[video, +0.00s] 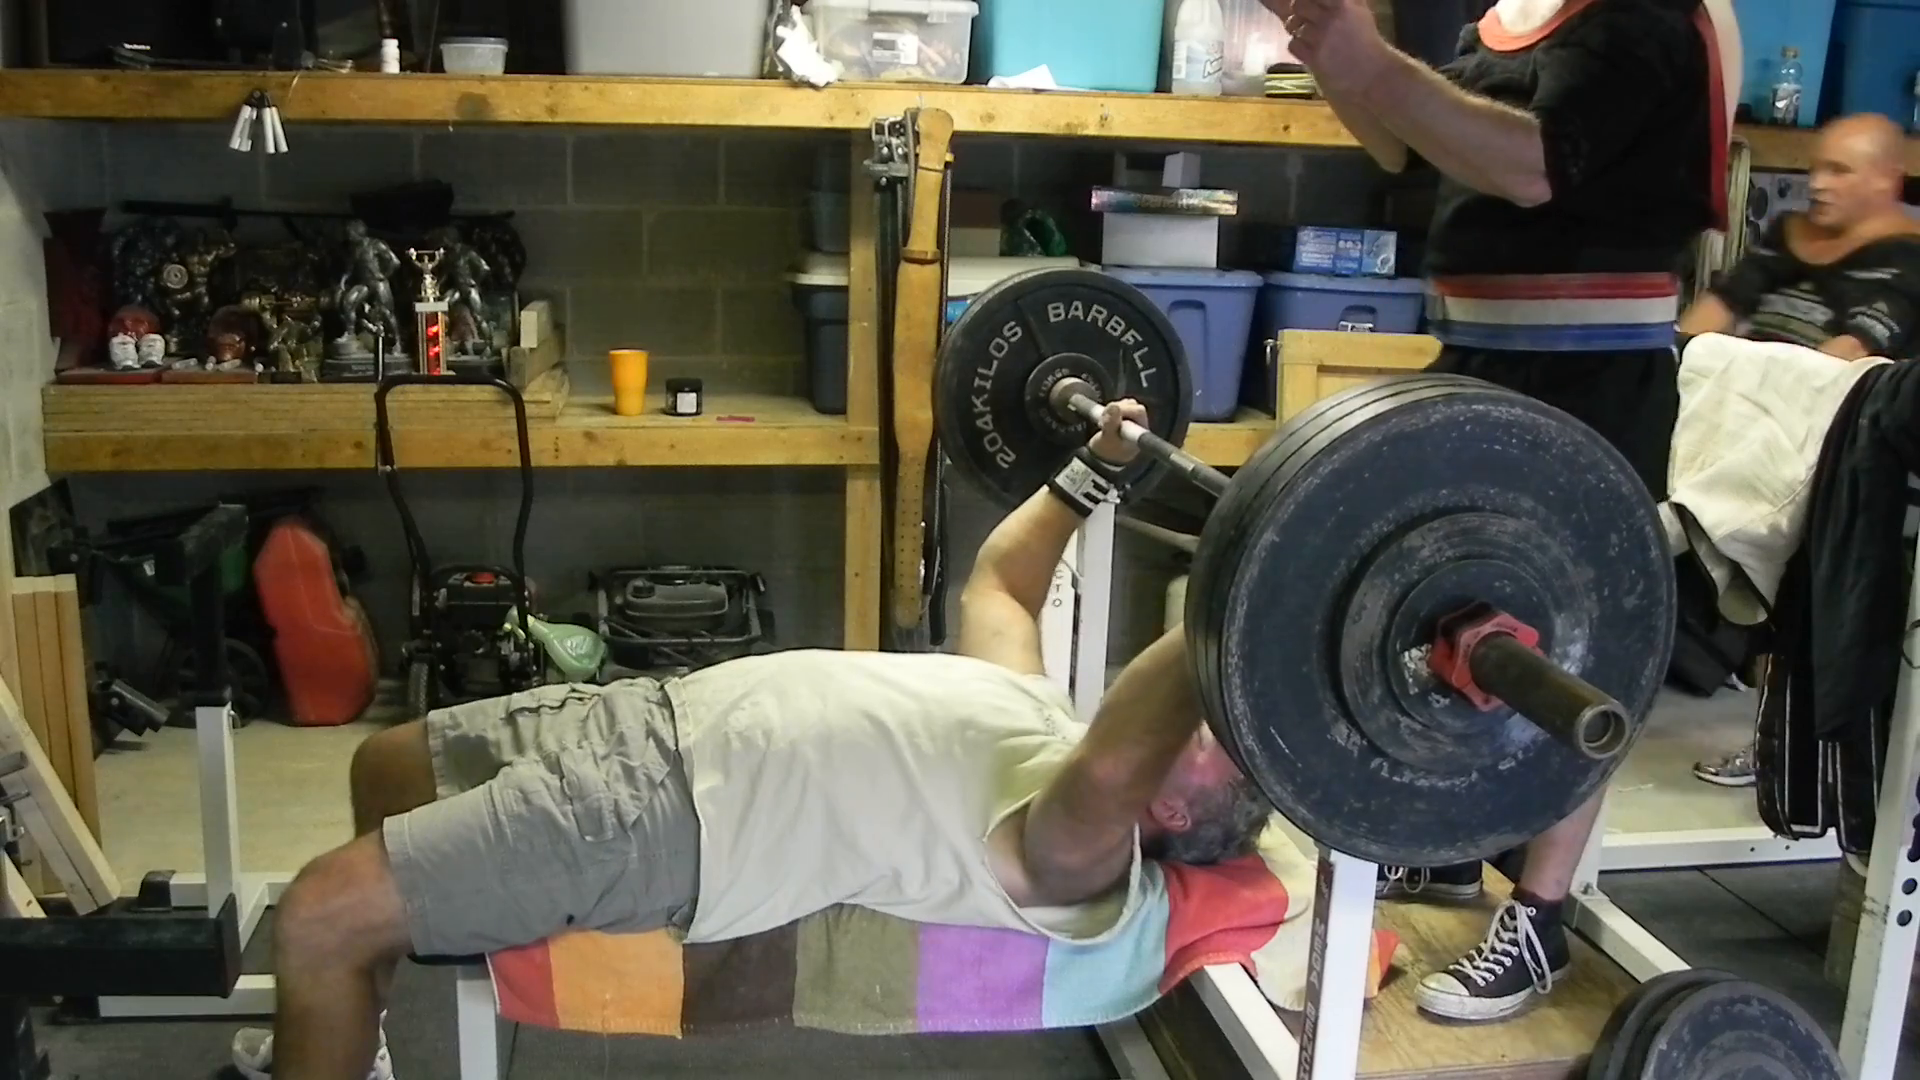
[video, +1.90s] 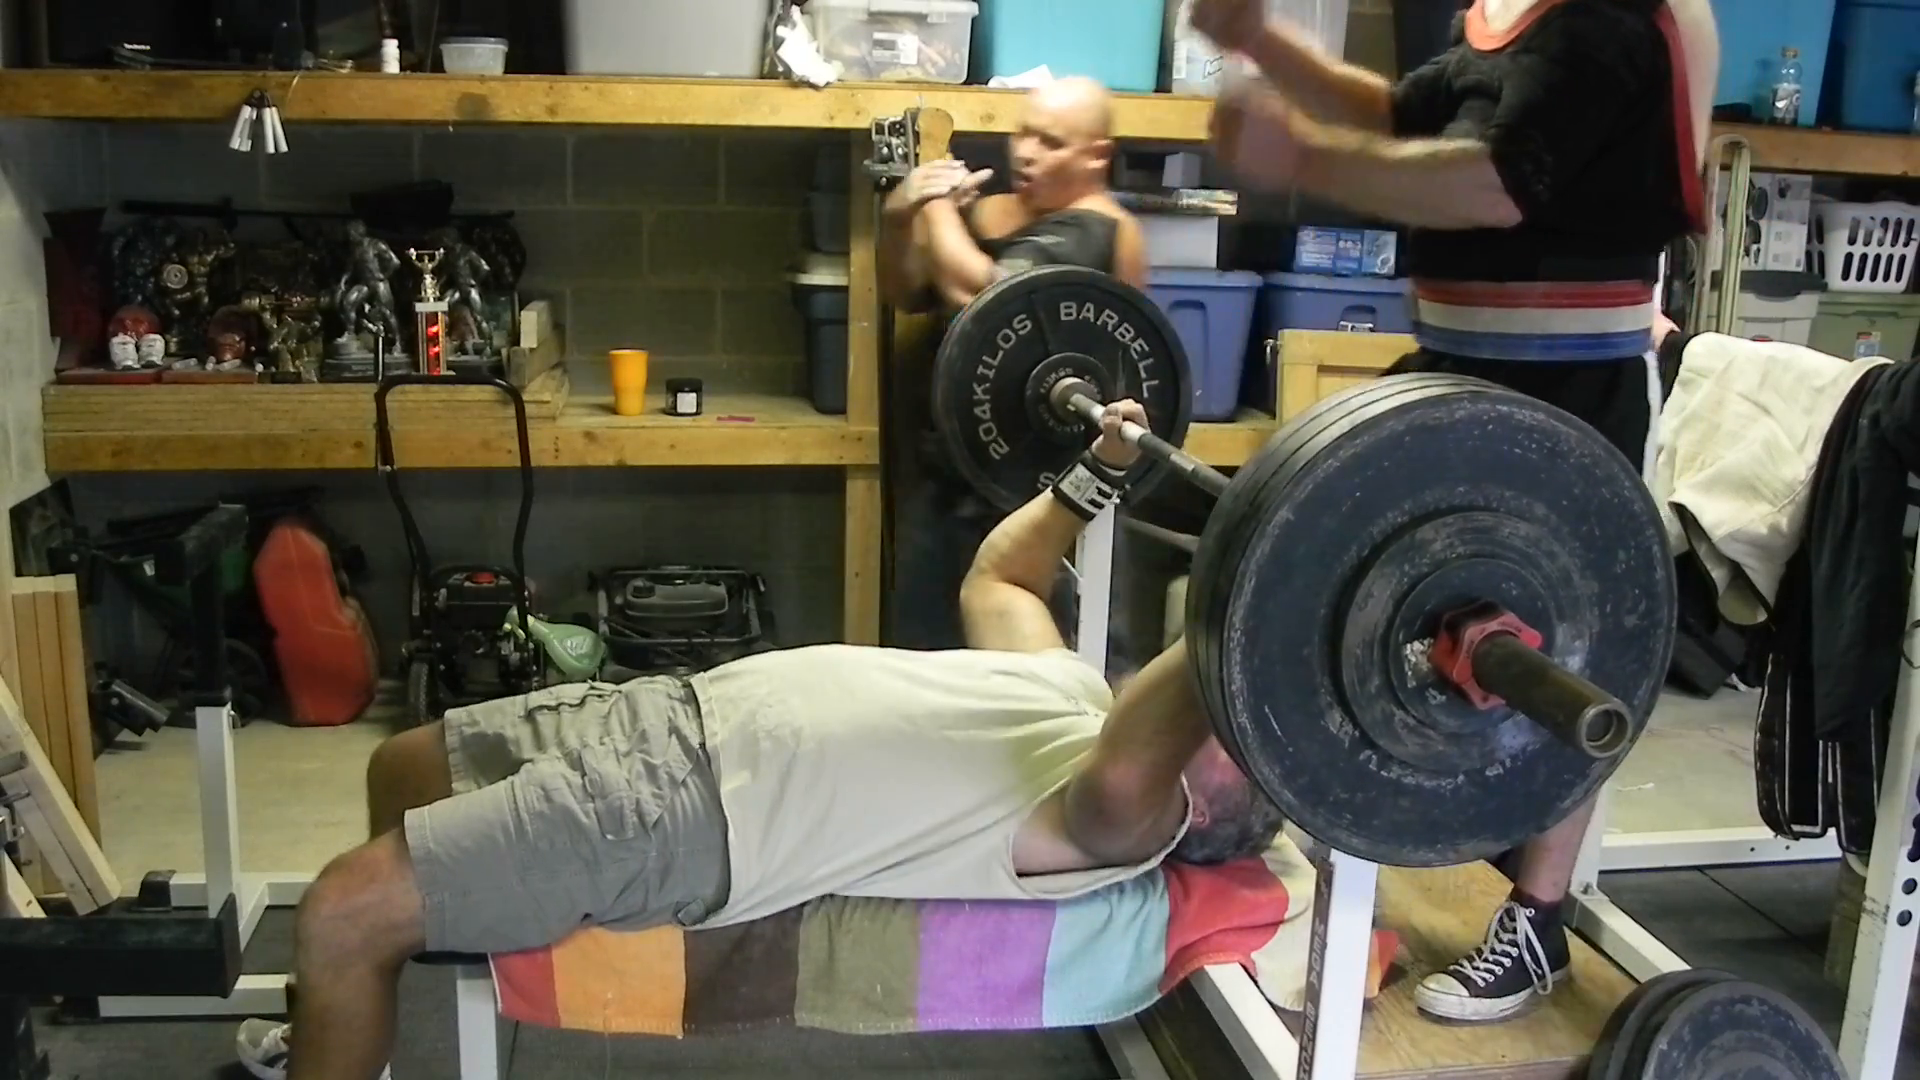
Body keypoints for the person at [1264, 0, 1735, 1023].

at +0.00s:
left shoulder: (1651, 20)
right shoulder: (1508, 16)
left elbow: (1538, 161)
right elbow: (1412, 149)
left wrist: (1377, 69)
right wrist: (1332, 54)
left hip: (1600, 376)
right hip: (1482, 364)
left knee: (1581, 645)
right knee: (1450, 613)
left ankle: (1539, 911)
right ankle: (1445, 843)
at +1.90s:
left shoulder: (1610, 27)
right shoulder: (1487, 14)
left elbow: (1500, 184)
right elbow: (1400, 120)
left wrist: (1309, 162)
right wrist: (1260, 39)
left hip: (1577, 382)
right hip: (1458, 365)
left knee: (1566, 646)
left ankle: (1536, 918)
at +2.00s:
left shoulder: (1584, 32)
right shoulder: (1469, 34)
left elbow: (1491, 193)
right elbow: (1373, 129)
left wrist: (1305, 228)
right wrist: (1225, 98)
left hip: (1553, 385)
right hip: (1436, 370)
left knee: (1554, 650)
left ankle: (1535, 918)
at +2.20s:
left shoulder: (1511, 26)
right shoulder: (1395, 30)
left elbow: (1467, 214)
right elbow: (1306, 166)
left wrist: (1353, 377)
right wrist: (1170, 239)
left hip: (1518, 374)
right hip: (1413, 370)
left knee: (1526, 637)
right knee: (1366, 611)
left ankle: (1530, 916)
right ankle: (1332, 817)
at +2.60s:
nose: (1172, 13)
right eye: (1170, 6)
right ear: (1223, 1)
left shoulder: (1378, 33)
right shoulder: (1243, 85)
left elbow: (1393, 225)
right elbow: (1204, 234)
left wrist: (1340, 407)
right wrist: (1154, 385)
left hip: (1462, 339)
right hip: (1346, 351)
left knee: (1464, 619)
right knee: (1324, 603)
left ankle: (1468, 888)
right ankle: (1335, 856)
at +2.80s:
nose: (1151, 19)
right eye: (1143, 6)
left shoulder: (1363, 27)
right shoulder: (1202, 62)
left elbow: (1386, 200)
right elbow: (1185, 229)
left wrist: (1330, 356)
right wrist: (1150, 390)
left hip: (1447, 334)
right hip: (1313, 346)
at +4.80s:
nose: (1060, 52)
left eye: (1059, 31)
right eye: (1048, 40)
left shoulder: (1271, 48)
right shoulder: (1144, 56)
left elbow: (1324, 271)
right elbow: (1140, 224)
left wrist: (1292, 479)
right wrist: (1139, 392)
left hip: (1412, 327)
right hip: (1294, 333)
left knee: (1311, 595)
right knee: (1241, 576)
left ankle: (1258, 895)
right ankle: (1198, 820)